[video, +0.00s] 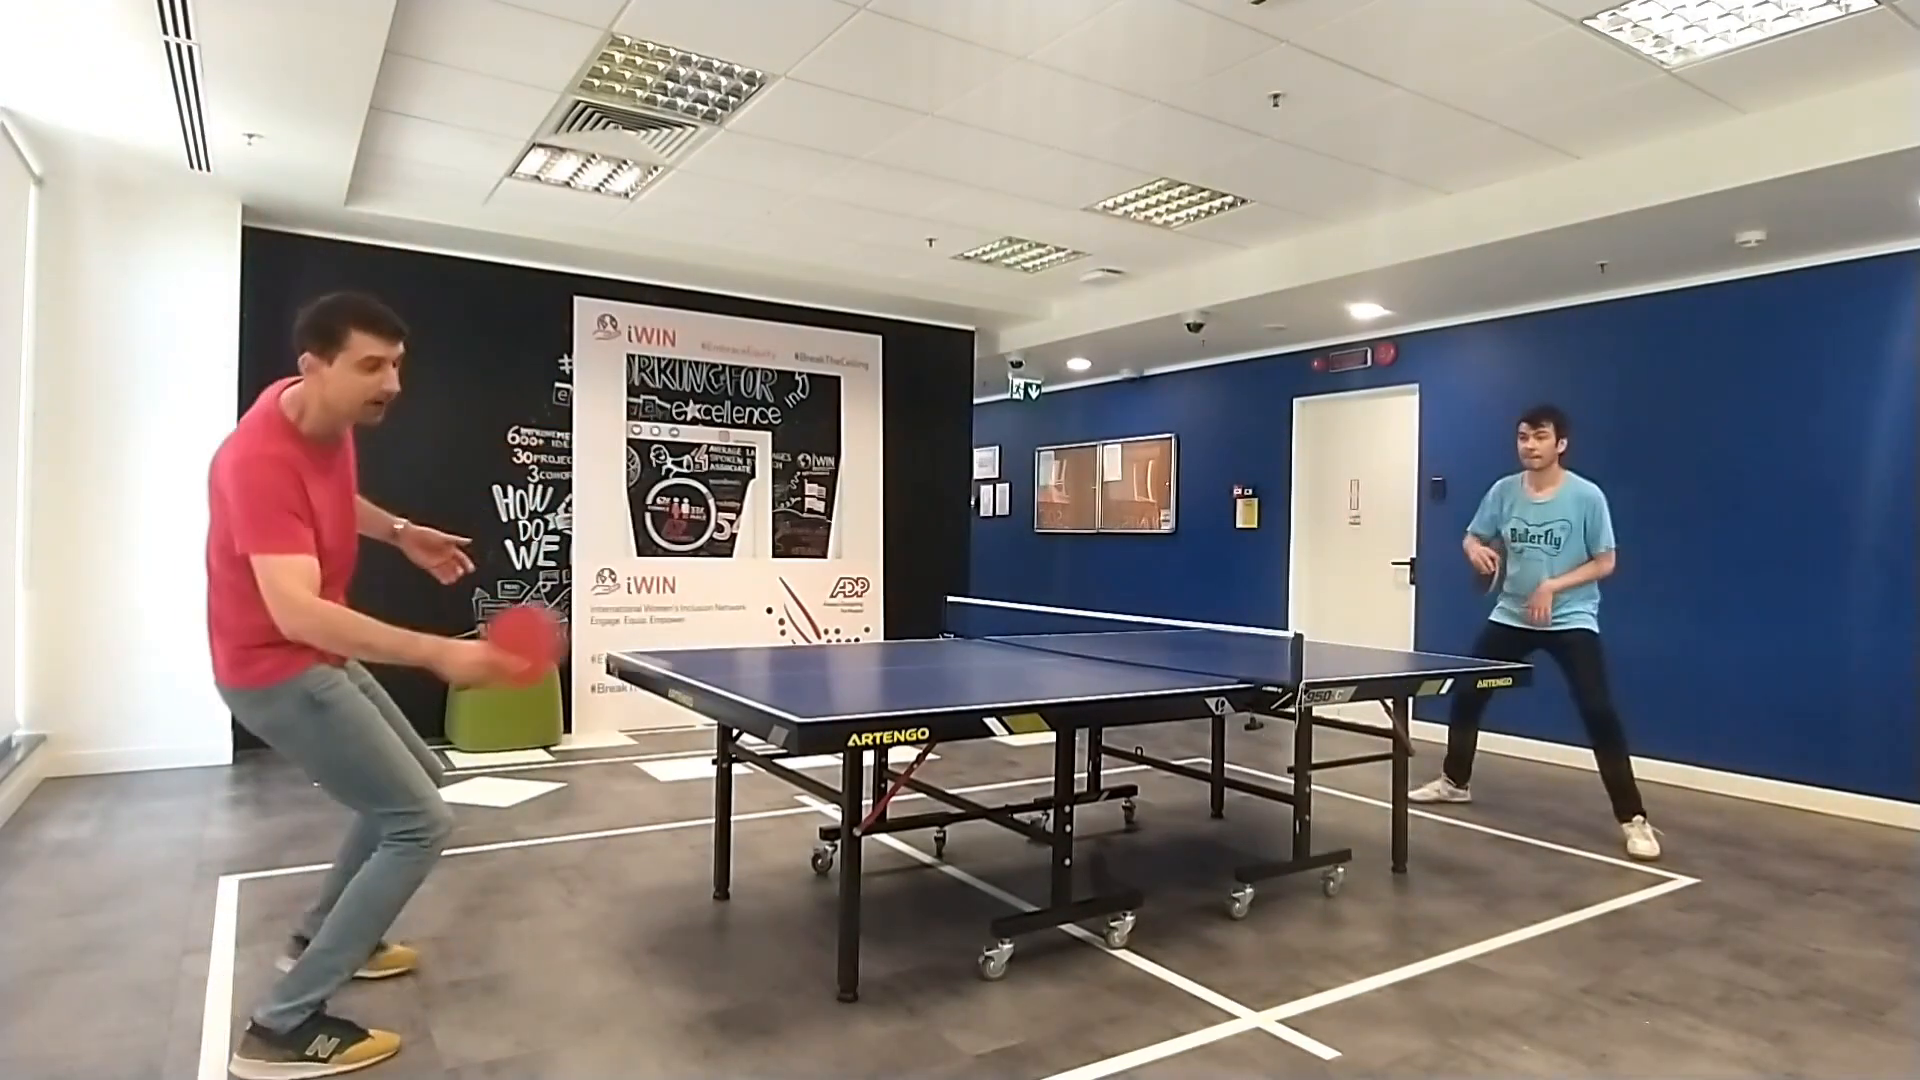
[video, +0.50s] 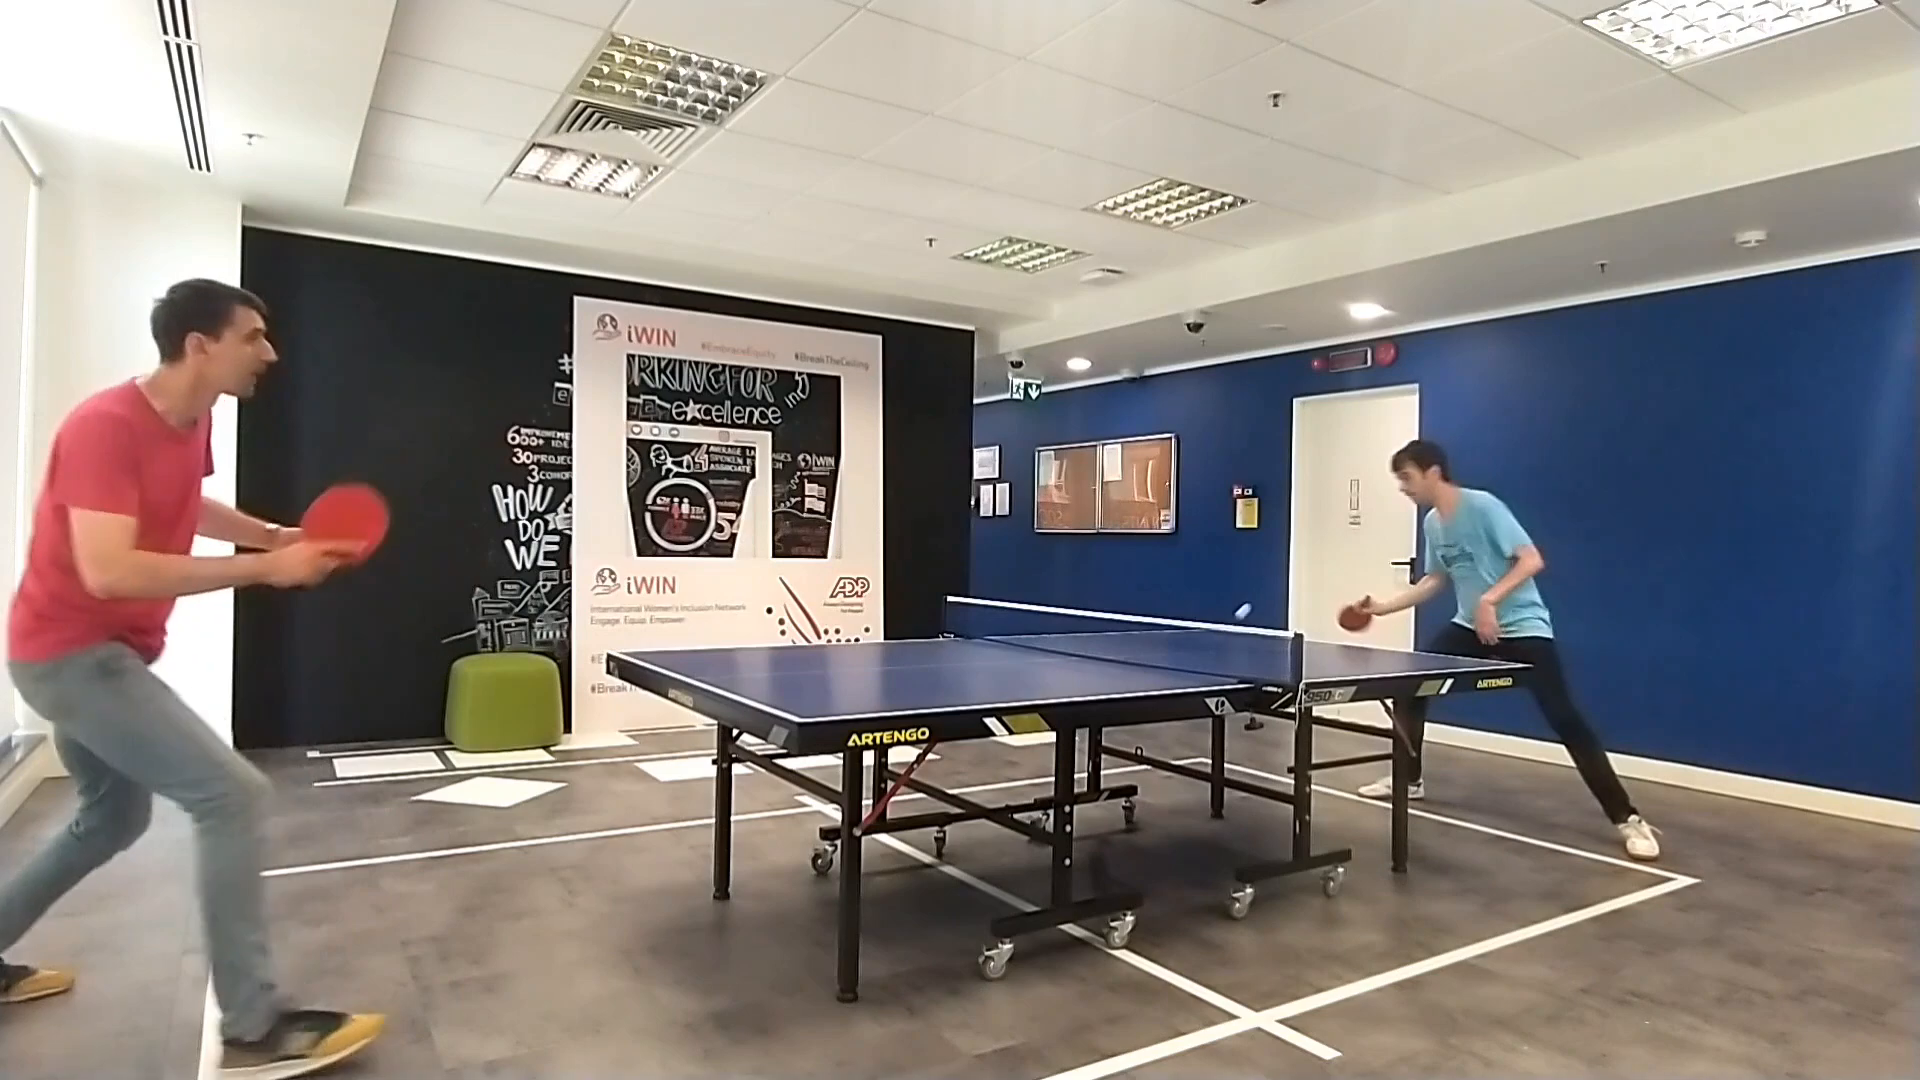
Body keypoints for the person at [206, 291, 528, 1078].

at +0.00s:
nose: (390, 384)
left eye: (394, 367)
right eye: (372, 367)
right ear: (313, 367)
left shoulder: (323, 415)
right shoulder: (262, 461)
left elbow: (327, 500)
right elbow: (298, 614)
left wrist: (401, 532)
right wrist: (441, 653)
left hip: (321, 649)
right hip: (277, 672)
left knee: (419, 783)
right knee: (416, 825)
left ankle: (330, 935)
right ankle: (285, 1021)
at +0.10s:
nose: (379, 389)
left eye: (379, 371)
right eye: (363, 372)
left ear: (307, 374)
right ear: (300, 375)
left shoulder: (284, 413)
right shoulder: (245, 478)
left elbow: (293, 504)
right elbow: (324, 615)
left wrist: (369, 530)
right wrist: (473, 606)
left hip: (291, 652)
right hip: (256, 676)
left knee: (370, 782)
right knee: (409, 824)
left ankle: (252, 905)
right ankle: (286, 1021)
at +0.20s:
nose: (354, 374)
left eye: (353, 358)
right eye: (339, 358)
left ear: (275, 366)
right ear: (276, 364)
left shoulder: (238, 412)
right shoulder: (221, 464)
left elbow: (258, 505)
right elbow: (316, 595)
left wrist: (340, 523)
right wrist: (453, 555)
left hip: (237, 660)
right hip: (233, 676)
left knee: (322, 794)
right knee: (388, 818)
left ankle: (150, 883)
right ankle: (285, 1021)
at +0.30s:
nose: (319, 357)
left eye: (317, 340)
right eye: (304, 341)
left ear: (248, 350)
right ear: (246, 348)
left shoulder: (215, 412)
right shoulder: (184, 442)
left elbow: (223, 505)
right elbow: (264, 581)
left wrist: (310, 521)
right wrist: (399, 535)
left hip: (195, 655)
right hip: (195, 665)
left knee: (243, 808)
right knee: (357, 809)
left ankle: (59, 900)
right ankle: (283, 1022)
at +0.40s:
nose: (289, 356)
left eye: (287, 340)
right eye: (275, 340)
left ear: (223, 351)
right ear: (219, 347)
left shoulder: (199, 423)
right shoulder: (136, 432)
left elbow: (207, 510)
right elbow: (186, 574)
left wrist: (291, 526)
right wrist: (332, 544)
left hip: (156, 657)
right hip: (135, 664)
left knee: (151, 818)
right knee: (303, 800)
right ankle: (278, 1021)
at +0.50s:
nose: (268, 353)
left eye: (265, 337)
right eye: (254, 337)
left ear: (205, 350)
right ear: (198, 346)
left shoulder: (192, 425)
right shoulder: (105, 427)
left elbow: (181, 508)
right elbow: (108, 571)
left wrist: (277, 539)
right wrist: (261, 568)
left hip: (107, 650)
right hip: (68, 656)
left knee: (111, 818)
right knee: (230, 795)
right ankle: (253, 1023)